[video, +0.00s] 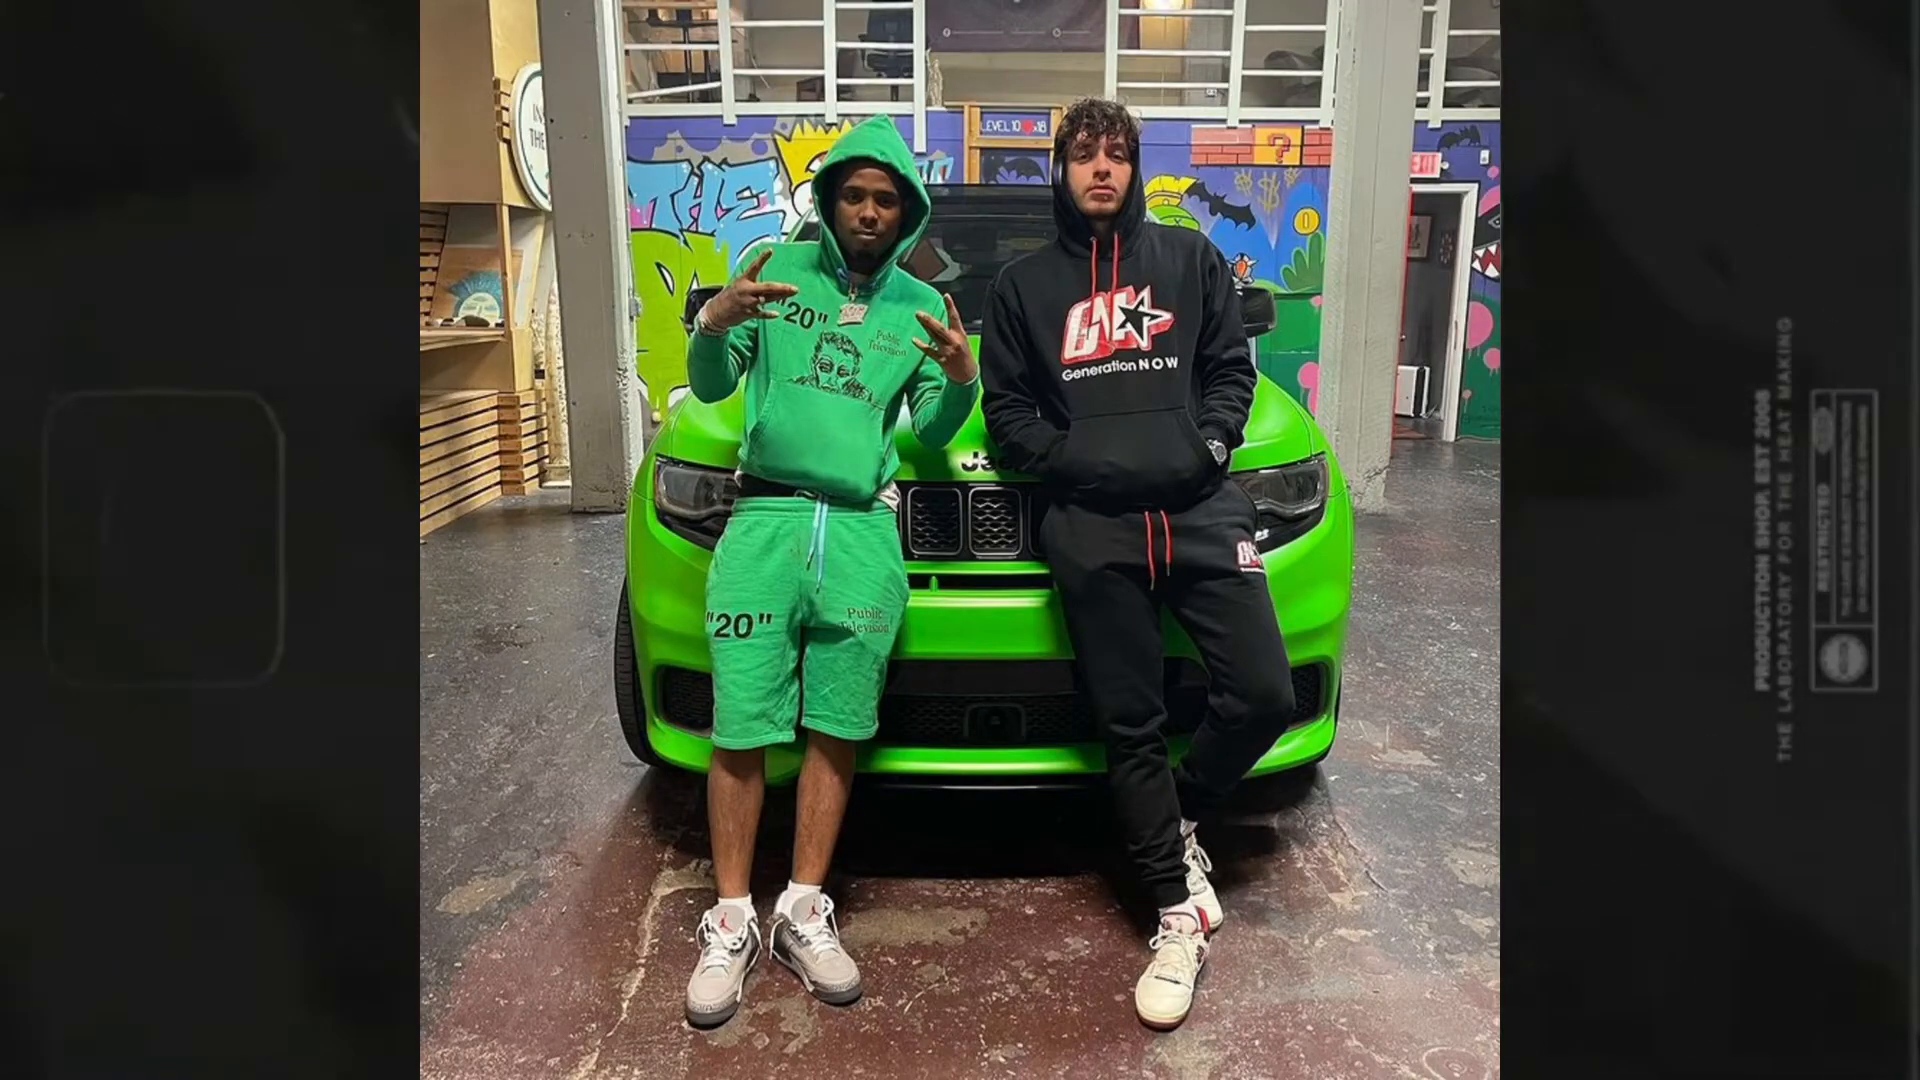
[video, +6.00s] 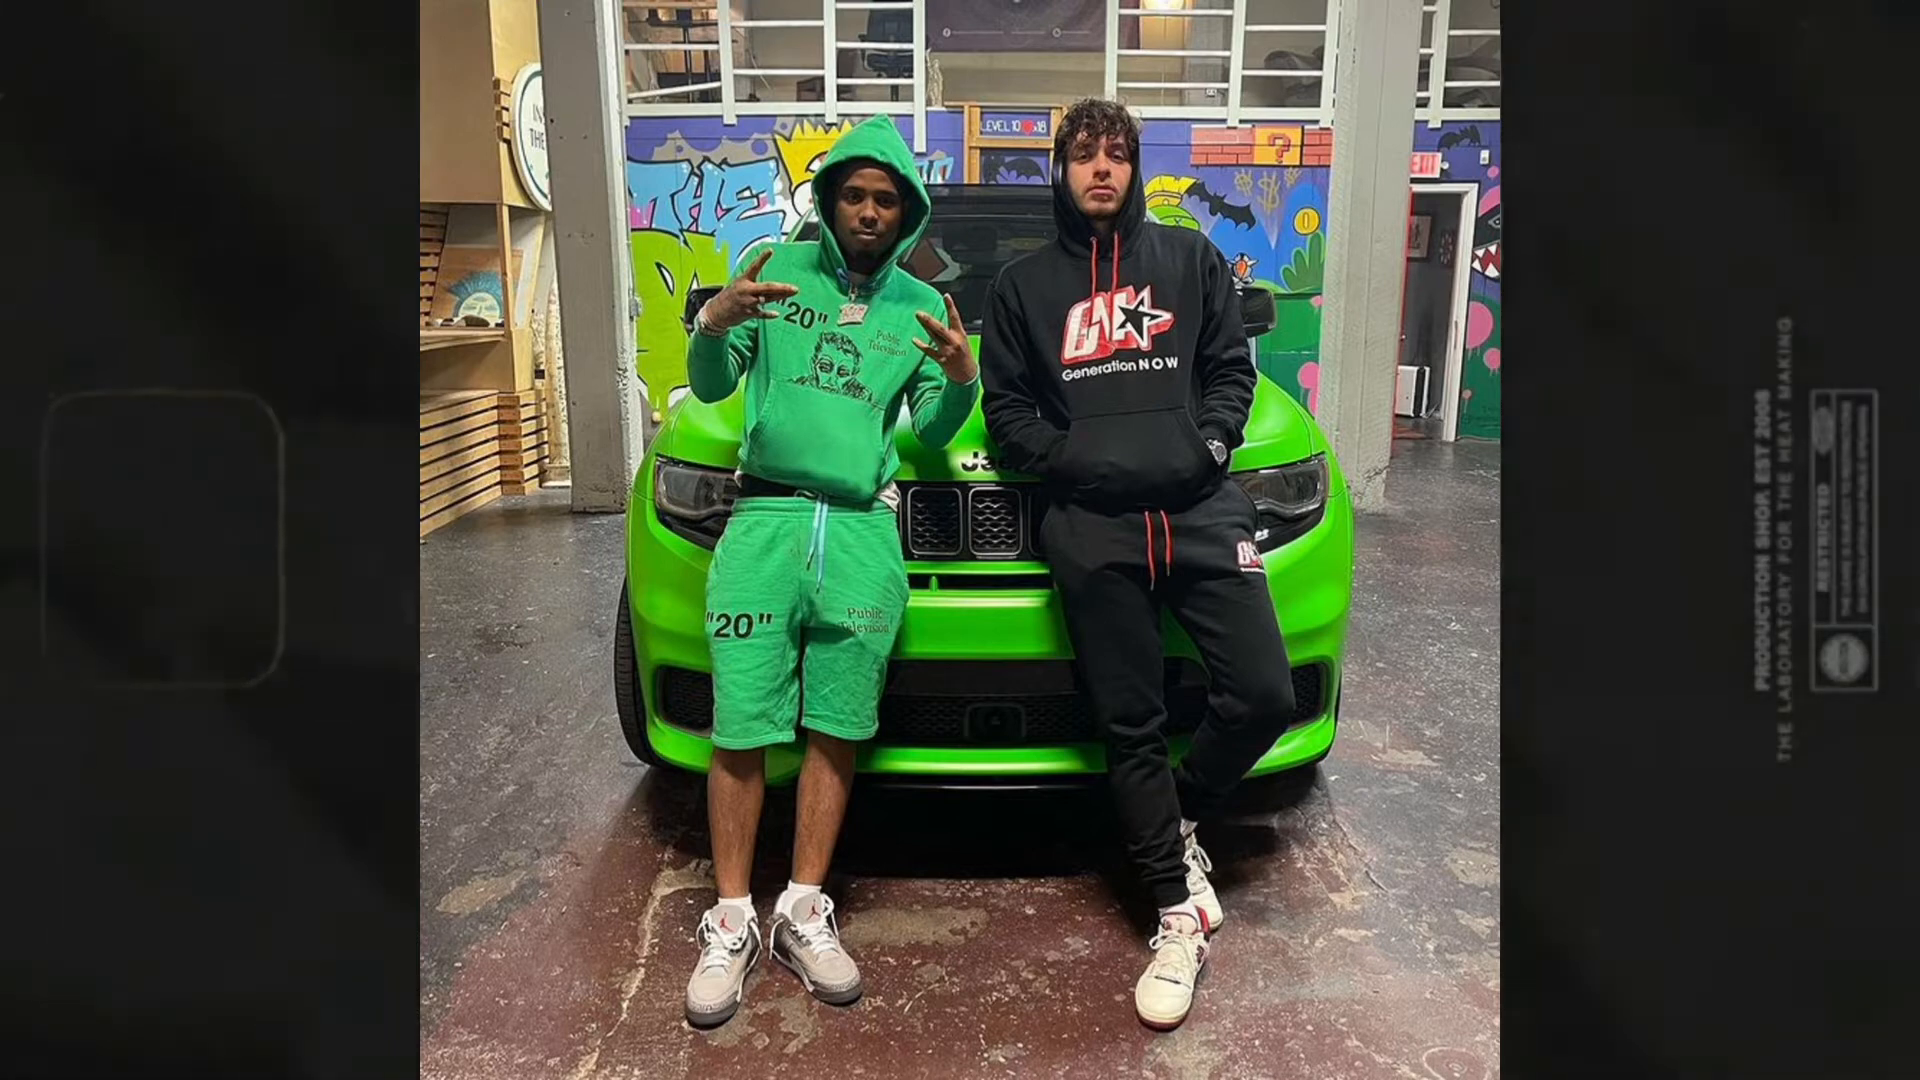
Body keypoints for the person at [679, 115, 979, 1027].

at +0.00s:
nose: (869, 213)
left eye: (885, 199)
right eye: (855, 196)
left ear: (906, 212)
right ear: (827, 202)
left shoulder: (923, 305)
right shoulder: (776, 267)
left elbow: (924, 439)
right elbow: (712, 384)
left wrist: (960, 380)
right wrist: (712, 323)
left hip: (861, 527)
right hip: (763, 517)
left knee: (838, 728)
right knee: (741, 728)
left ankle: (805, 908)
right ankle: (731, 919)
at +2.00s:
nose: (869, 213)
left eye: (885, 199)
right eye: (855, 196)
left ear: (906, 212)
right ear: (827, 202)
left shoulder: (923, 306)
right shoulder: (775, 267)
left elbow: (923, 439)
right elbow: (712, 384)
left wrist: (960, 380)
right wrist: (712, 322)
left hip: (861, 527)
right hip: (764, 516)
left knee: (838, 728)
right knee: (741, 729)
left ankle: (805, 909)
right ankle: (732, 919)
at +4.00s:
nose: (868, 212)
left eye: (885, 198)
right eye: (854, 196)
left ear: (907, 212)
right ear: (827, 202)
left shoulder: (923, 305)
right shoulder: (776, 268)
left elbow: (923, 439)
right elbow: (712, 384)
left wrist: (961, 380)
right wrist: (713, 321)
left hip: (861, 527)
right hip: (763, 517)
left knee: (838, 728)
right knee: (741, 728)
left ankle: (805, 908)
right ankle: (732, 919)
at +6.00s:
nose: (868, 212)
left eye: (885, 198)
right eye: (854, 196)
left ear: (907, 212)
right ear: (827, 202)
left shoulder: (923, 305)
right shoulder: (776, 268)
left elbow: (923, 439)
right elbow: (712, 384)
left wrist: (961, 380)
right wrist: (713, 321)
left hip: (861, 527)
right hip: (763, 517)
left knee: (838, 728)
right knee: (741, 728)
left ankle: (805, 908)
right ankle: (732, 919)